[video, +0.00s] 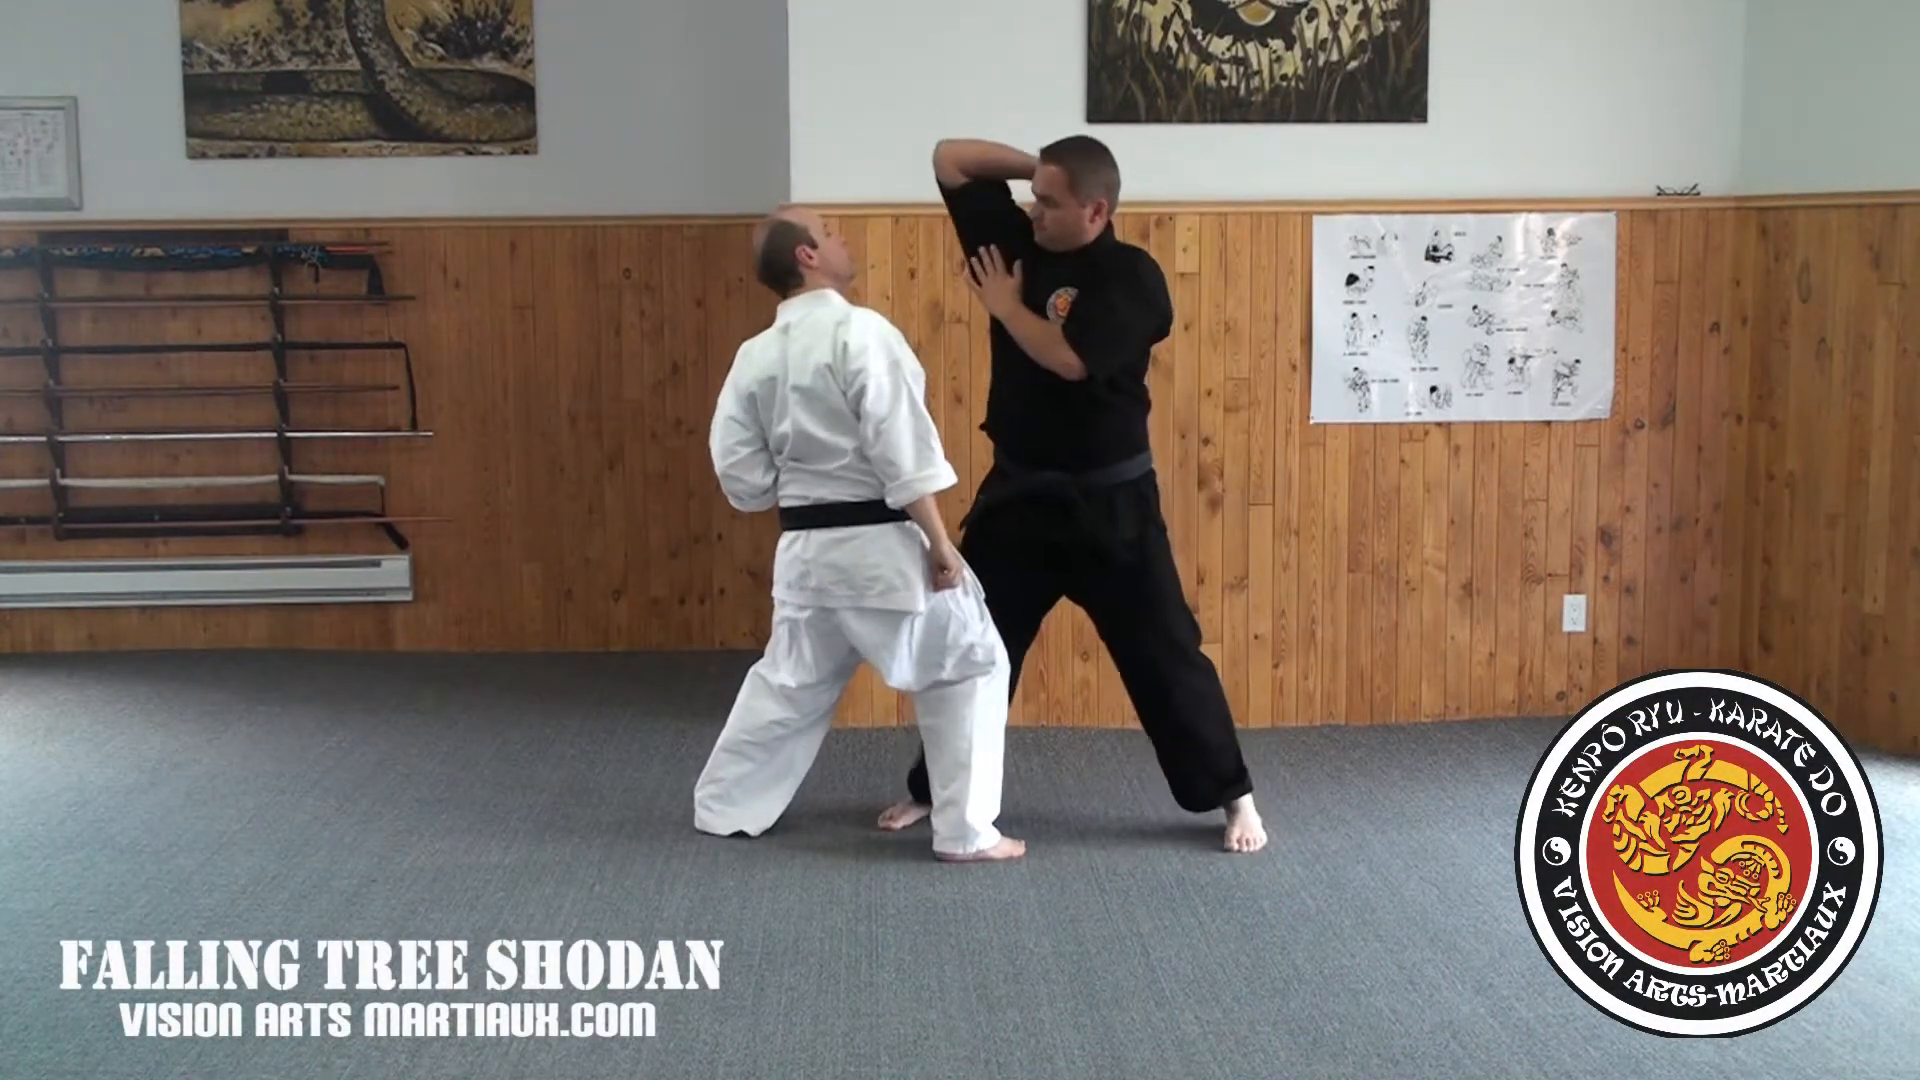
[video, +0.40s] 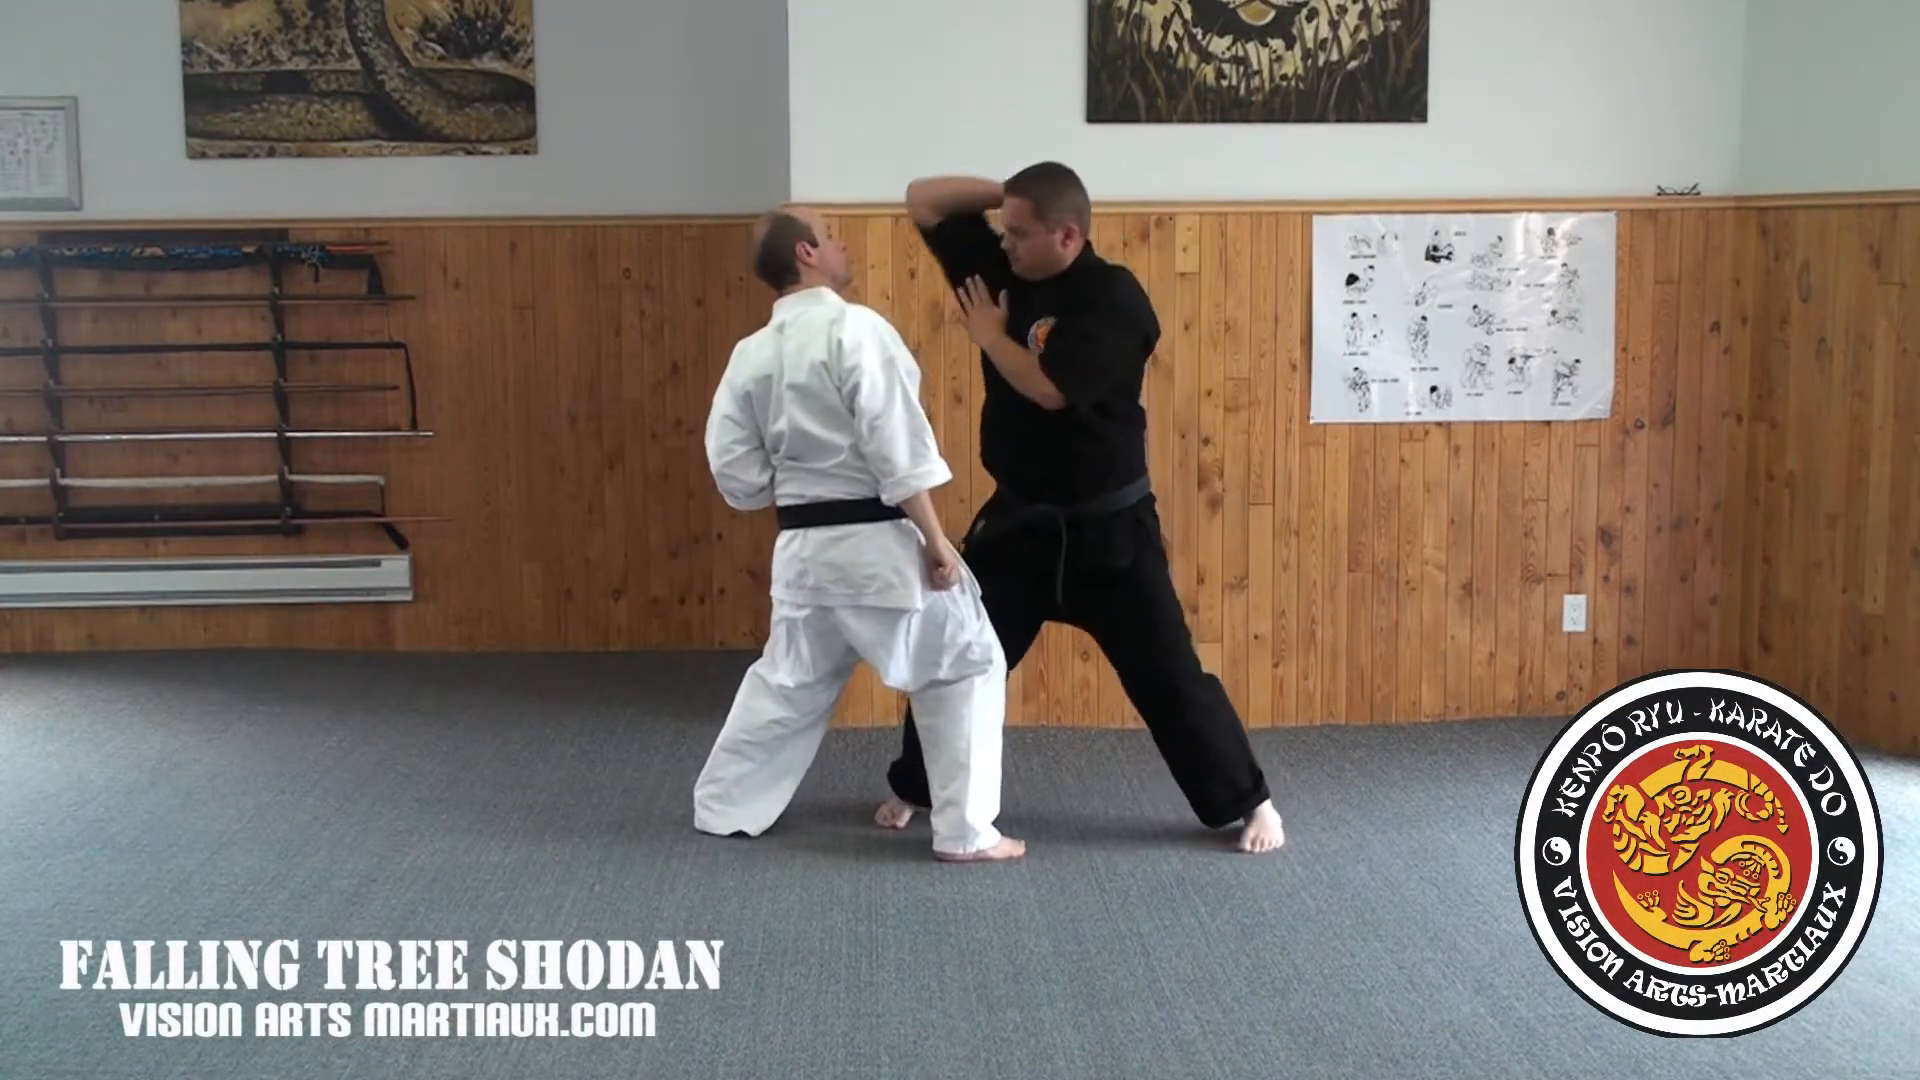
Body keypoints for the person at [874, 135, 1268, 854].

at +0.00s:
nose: (1034, 208)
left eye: (1049, 201)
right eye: (1035, 195)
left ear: (1094, 212)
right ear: (1035, 192)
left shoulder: (1133, 279)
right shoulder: (1011, 249)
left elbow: (1069, 357)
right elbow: (949, 161)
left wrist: (1006, 308)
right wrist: (1043, 166)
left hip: (1112, 500)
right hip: (1018, 493)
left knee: (1167, 650)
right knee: (966, 646)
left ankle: (1235, 797)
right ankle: (930, 794)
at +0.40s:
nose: (1006, 244)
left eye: (1016, 233)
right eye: (1005, 231)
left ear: (1064, 235)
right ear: (1024, 231)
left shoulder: (1115, 302)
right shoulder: (1003, 279)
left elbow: (1050, 389)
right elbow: (922, 203)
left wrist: (990, 337)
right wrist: (1008, 193)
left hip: (1109, 524)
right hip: (1017, 519)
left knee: (1168, 672)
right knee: (954, 656)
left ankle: (1249, 802)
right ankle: (914, 788)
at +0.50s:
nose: (1000, 252)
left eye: (1012, 242)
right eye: (998, 239)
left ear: (1060, 245)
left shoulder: (1113, 313)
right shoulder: (995, 303)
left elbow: (1055, 406)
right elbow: (890, 268)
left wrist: (988, 359)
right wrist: (977, 233)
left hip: (1108, 537)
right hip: (1014, 534)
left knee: (1165, 682)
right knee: (939, 658)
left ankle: (1246, 804)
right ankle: (914, 790)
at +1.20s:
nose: (1038, 242)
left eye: (1049, 230)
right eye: (1035, 229)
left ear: (1100, 231)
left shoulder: (1158, 304)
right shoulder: (1033, 301)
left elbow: (1133, 406)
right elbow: (947, 338)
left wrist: (1047, 364)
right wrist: (928, 298)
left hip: (1147, 525)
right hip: (1052, 520)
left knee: (1193, 669)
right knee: (982, 652)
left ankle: (1254, 800)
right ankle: (960, 786)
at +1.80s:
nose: (1037, 230)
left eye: (1047, 217)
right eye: (1035, 218)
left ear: (1096, 219)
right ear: (1085, 221)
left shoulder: (1140, 294)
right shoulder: (1055, 296)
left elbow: (1067, 383)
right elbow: (975, 359)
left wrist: (1006, 315)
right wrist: (890, 383)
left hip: (1135, 517)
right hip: (1055, 514)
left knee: (1170, 665)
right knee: (994, 654)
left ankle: (1254, 792)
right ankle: (963, 787)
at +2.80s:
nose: (1049, 242)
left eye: (1062, 228)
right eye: (1046, 229)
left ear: (1110, 229)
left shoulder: (1174, 308)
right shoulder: (1033, 307)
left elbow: (1173, 417)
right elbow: (922, 321)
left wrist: (1074, 384)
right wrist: (830, 317)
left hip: (1142, 530)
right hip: (1043, 526)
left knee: (1197, 669)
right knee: (973, 653)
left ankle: (1257, 796)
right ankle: (946, 785)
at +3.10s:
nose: (1045, 218)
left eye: (1057, 205)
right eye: (1043, 206)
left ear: (1107, 202)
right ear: (1057, 209)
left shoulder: (1184, 283)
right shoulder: (1034, 297)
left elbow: (1239, 359)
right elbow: (937, 354)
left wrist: (1149, 307)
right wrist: (849, 348)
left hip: (1157, 512)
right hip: (1059, 513)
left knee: (1200, 659)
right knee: (989, 646)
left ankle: (1259, 800)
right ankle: (962, 782)